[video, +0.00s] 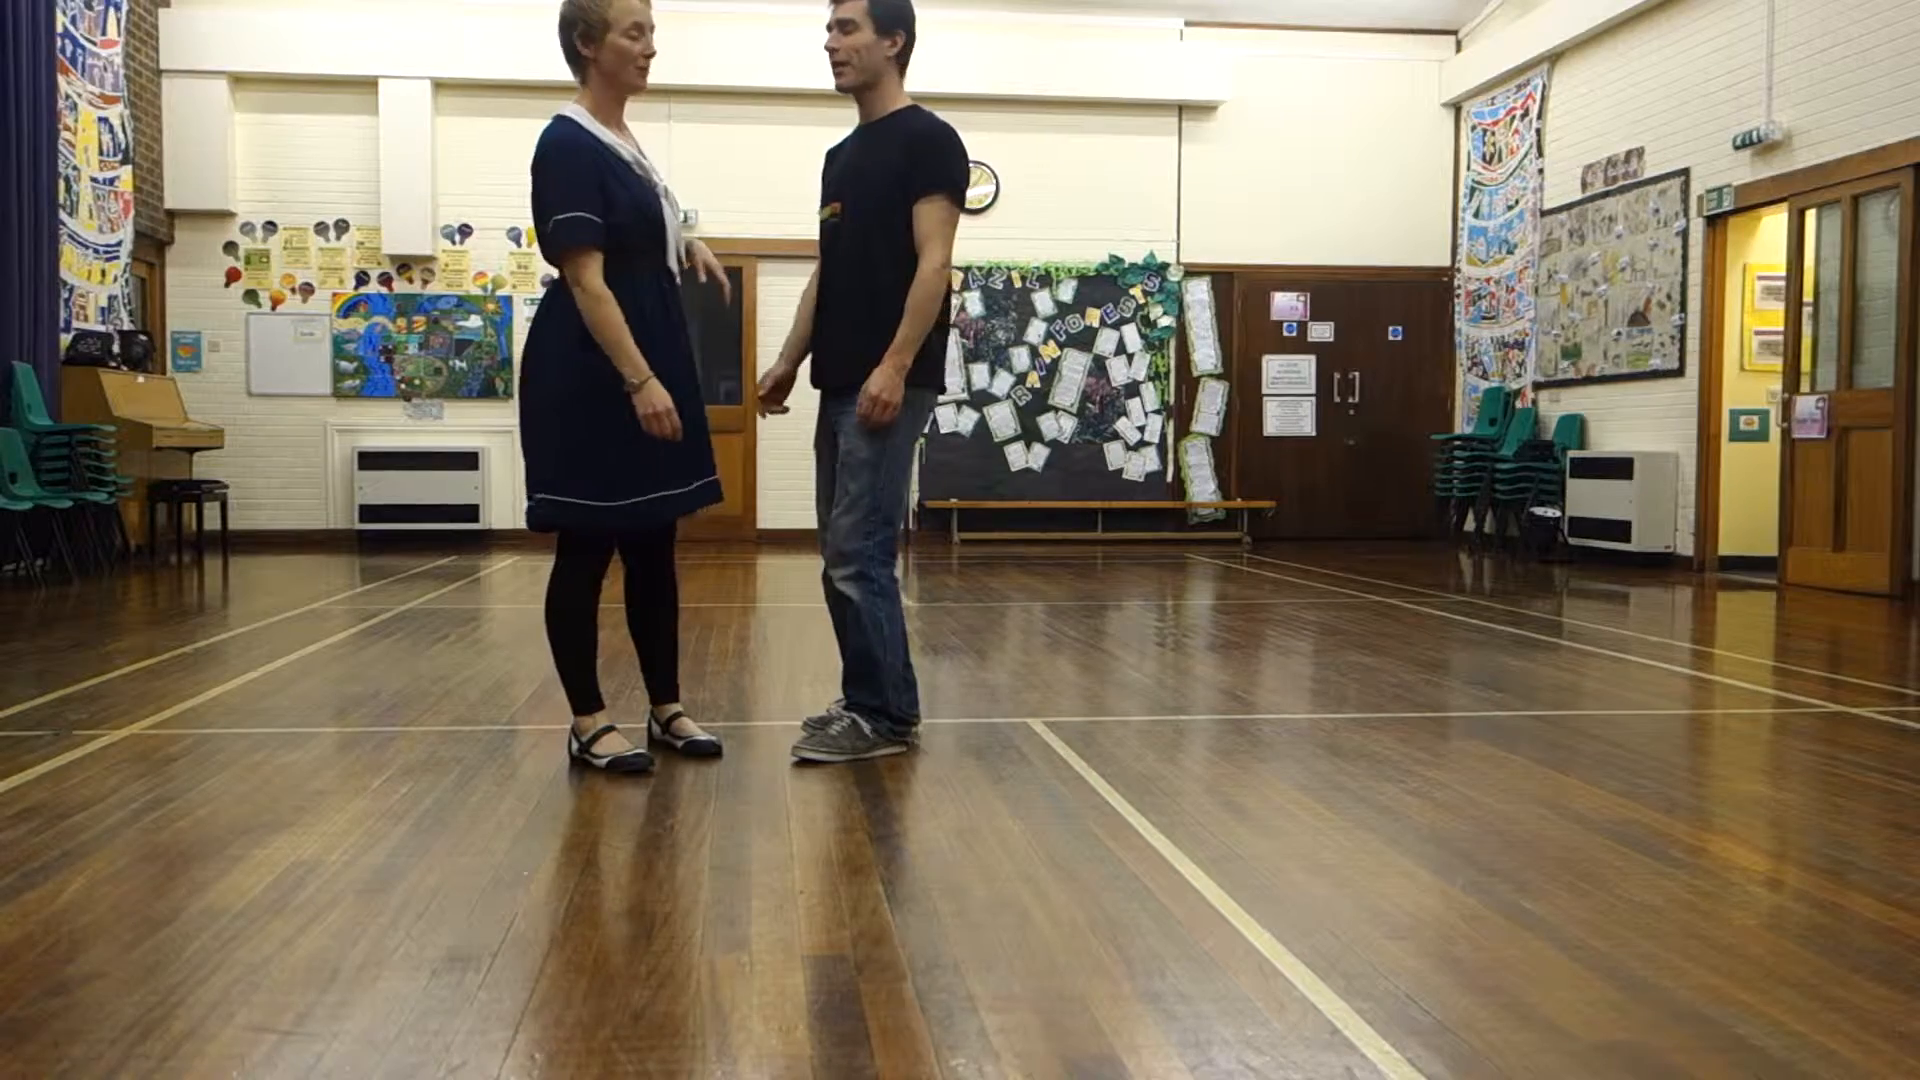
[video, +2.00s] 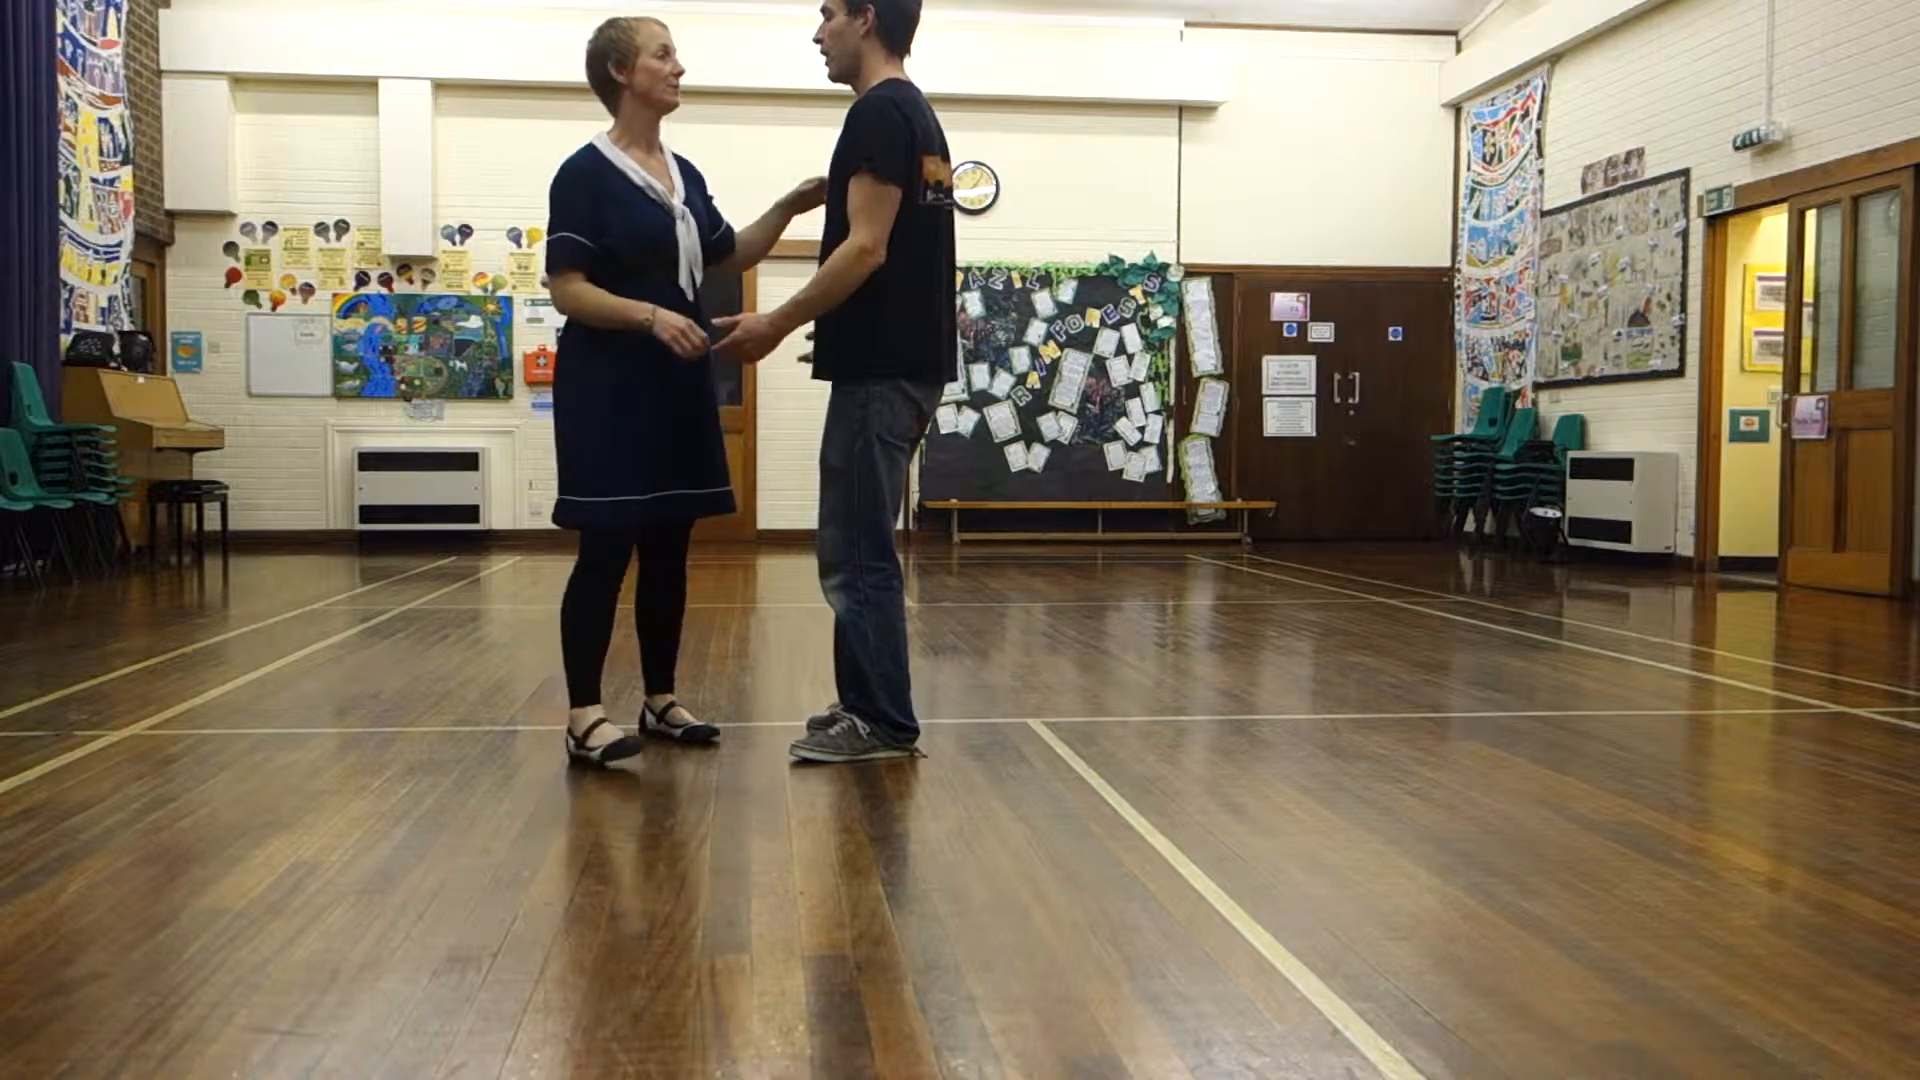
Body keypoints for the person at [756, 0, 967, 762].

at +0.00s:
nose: (831, 42)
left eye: (848, 28)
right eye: (830, 29)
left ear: (895, 44)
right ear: (836, 44)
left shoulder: (929, 138)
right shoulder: (841, 156)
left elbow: (935, 265)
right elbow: (827, 271)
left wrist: (896, 366)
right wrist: (788, 361)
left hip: (890, 381)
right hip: (841, 380)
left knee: (859, 555)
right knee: (844, 555)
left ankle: (885, 714)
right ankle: (871, 704)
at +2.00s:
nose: (818, 33)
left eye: (828, 18)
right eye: (821, 18)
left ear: (864, 21)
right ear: (873, 26)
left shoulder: (882, 108)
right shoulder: (908, 111)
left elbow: (867, 245)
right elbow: (879, 249)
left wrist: (778, 321)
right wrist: (785, 317)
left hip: (882, 369)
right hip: (894, 365)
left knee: (856, 552)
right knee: (858, 547)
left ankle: (883, 721)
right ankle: (868, 708)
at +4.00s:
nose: (830, 41)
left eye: (845, 28)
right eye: (831, 28)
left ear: (893, 43)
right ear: (873, 45)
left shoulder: (903, 125)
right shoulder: (881, 133)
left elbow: (910, 241)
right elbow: (892, 267)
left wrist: (803, 244)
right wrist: (806, 275)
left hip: (885, 376)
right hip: (883, 373)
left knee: (841, 553)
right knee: (883, 548)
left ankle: (856, 720)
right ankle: (915, 708)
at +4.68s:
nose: (867, 42)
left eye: (883, 29)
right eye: (855, 30)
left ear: (914, 47)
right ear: (842, 48)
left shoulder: (940, 129)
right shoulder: (837, 160)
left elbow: (975, 243)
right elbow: (825, 275)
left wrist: (901, 283)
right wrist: (754, 314)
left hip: (927, 375)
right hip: (868, 380)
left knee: (904, 552)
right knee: (866, 555)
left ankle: (936, 712)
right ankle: (894, 702)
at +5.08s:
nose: (890, 61)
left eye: (898, 47)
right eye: (886, 46)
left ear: (916, 53)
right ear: (870, 47)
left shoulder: (951, 131)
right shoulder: (837, 136)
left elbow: (990, 238)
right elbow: (804, 244)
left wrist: (968, 298)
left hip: (928, 369)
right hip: (855, 369)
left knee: (927, 553)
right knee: (869, 550)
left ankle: (945, 715)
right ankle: (888, 703)